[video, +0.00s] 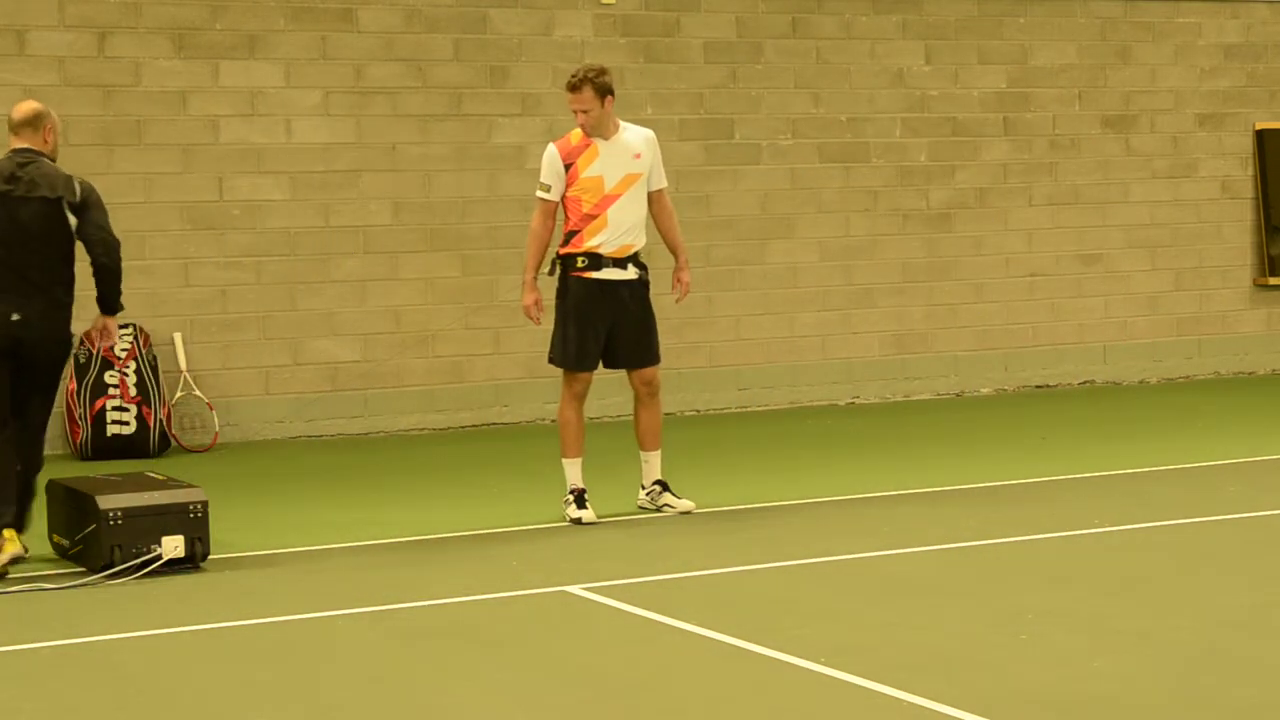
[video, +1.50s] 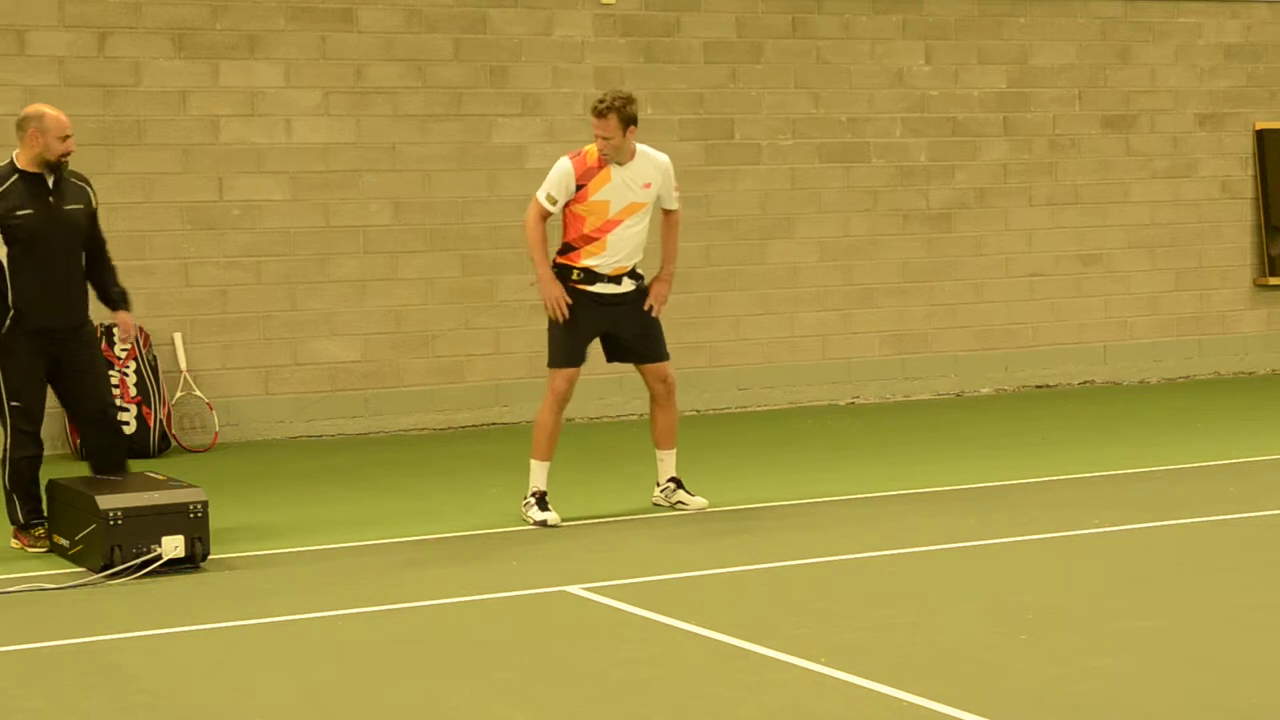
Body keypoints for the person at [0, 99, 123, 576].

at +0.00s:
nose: (57, 140)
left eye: (54, 132)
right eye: (56, 133)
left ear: (11, 133)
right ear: (48, 133)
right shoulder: (71, 189)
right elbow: (104, 247)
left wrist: (107, 311)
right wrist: (108, 310)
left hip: (2, 331)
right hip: (43, 332)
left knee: (7, 425)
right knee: (29, 429)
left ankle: (8, 529)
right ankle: (11, 529)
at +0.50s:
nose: (72, 145)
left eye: (70, 136)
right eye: (66, 137)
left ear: (31, 137)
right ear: (42, 138)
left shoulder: (3, 178)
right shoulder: (53, 193)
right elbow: (64, 269)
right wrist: (78, 323)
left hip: (5, 322)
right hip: (32, 327)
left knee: (18, 422)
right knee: (26, 427)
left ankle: (20, 515)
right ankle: (4, 529)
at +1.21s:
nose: (72, 153)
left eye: (74, 145)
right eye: (67, 144)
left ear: (47, 139)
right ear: (40, 138)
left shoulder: (57, 186)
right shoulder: (4, 188)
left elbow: (58, 261)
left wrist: (70, 320)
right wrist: (17, 322)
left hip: (60, 326)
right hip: (20, 329)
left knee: (82, 407)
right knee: (26, 423)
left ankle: (38, 487)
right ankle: (25, 521)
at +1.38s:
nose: (68, 147)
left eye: (69, 139)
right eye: (61, 140)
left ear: (45, 139)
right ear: (31, 138)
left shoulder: (70, 187)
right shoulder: (3, 192)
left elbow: (81, 253)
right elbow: (1, 263)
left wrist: (98, 310)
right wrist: (7, 320)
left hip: (70, 327)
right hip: (20, 331)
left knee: (93, 414)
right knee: (22, 428)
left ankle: (86, 512)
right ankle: (28, 521)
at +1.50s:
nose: (71, 145)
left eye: (71, 137)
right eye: (63, 137)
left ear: (55, 138)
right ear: (32, 138)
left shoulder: (78, 187)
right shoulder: (4, 190)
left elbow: (95, 254)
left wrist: (119, 306)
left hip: (74, 330)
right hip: (19, 333)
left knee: (102, 420)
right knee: (23, 430)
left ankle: (121, 517)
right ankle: (28, 521)